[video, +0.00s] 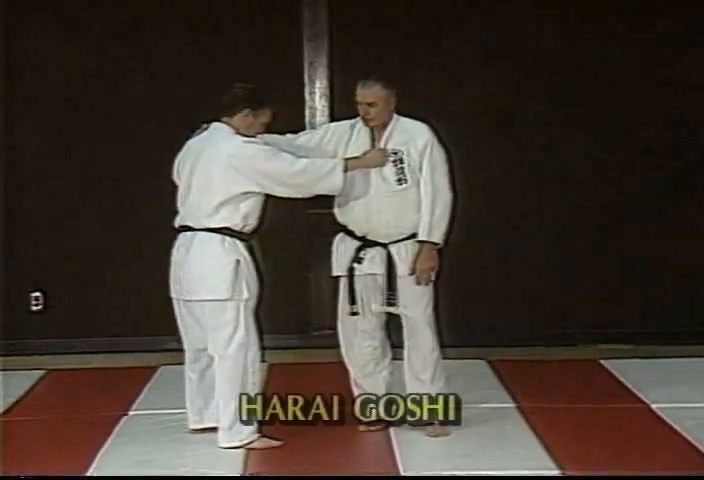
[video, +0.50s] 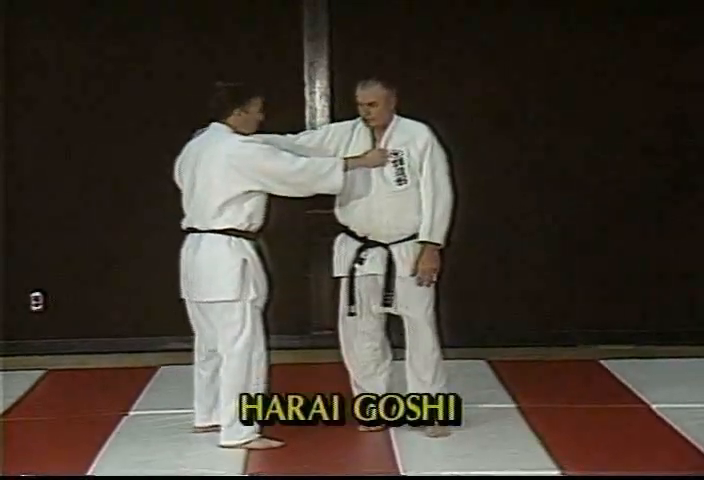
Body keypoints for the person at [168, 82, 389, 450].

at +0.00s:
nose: (264, 129)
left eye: (266, 122)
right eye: (263, 121)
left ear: (232, 115)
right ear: (244, 115)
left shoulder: (195, 145)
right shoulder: (242, 150)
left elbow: (179, 176)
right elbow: (296, 170)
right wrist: (359, 162)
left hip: (185, 251)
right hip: (221, 255)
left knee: (198, 345)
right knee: (234, 346)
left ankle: (202, 417)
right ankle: (237, 431)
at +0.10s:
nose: (264, 129)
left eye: (266, 122)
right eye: (262, 121)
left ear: (231, 115)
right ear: (244, 115)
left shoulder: (194, 145)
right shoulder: (242, 150)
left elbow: (179, 177)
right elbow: (296, 169)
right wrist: (360, 160)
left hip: (186, 251)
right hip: (222, 255)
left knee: (199, 346)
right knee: (236, 347)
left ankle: (203, 417)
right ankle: (238, 432)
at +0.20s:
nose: (264, 128)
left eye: (266, 121)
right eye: (262, 121)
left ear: (231, 115)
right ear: (243, 115)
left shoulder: (195, 145)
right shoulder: (243, 150)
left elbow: (179, 176)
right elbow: (297, 168)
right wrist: (360, 160)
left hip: (187, 251)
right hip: (222, 255)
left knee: (200, 345)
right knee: (236, 346)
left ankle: (204, 416)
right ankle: (238, 431)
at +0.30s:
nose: (263, 127)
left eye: (265, 120)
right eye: (261, 119)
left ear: (231, 114)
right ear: (243, 114)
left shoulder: (195, 145)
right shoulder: (242, 150)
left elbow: (179, 176)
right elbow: (296, 168)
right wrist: (360, 160)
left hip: (188, 252)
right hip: (223, 255)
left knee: (202, 345)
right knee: (237, 347)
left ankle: (205, 416)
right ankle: (237, 431)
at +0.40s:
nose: (263, 124)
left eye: (263, 116)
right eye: (259, 116)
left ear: (230, 114)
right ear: (241, 114)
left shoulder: (195, 146)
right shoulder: (241, 150)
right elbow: (296, 169)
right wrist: (359, 161)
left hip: (191, 252)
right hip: (226, 256)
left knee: (204, 345)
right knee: (240, 347)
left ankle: (207, 416)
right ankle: (238, 431)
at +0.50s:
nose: (261, 118)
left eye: (261, 110)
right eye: (257, 111)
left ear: (227, 114)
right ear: (237, 113)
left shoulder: (195, 146)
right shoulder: (242, 150)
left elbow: (179, 176)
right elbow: (296, 169)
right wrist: (359, 161)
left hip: (195, 251)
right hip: (229, 256)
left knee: (208, 344)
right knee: (242, 346)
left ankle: (207, 416)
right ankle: (239, 431)